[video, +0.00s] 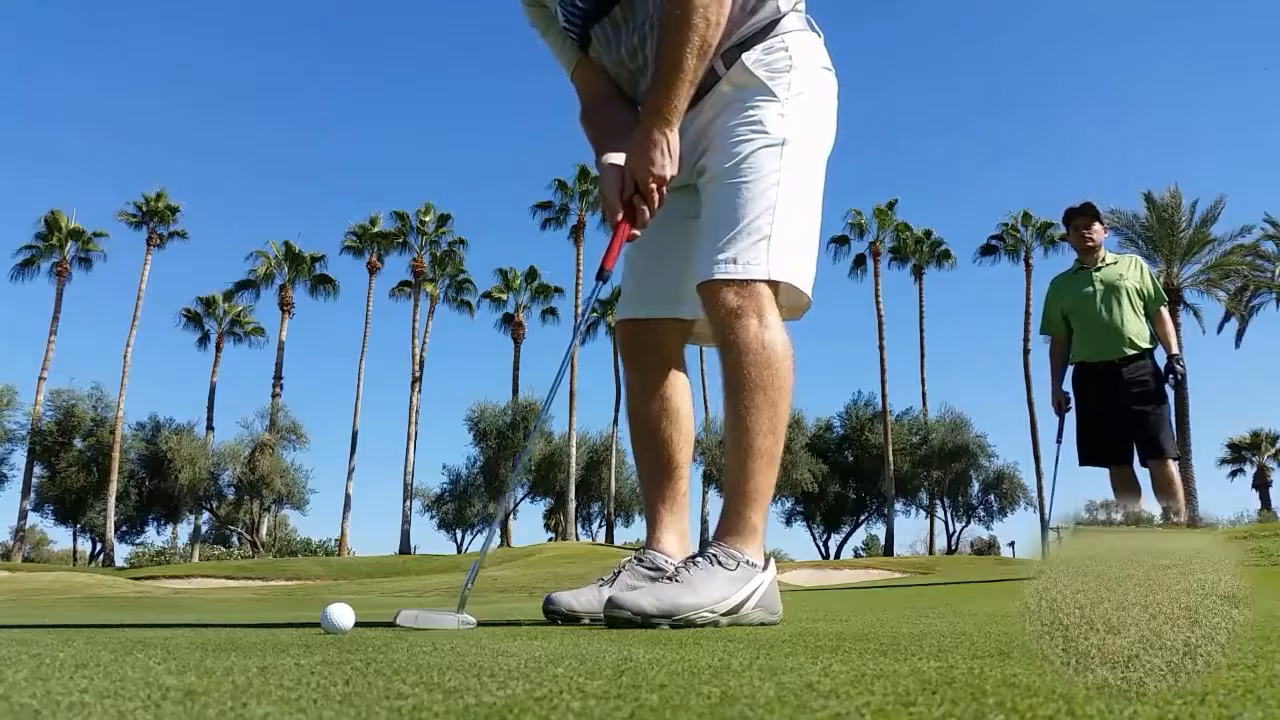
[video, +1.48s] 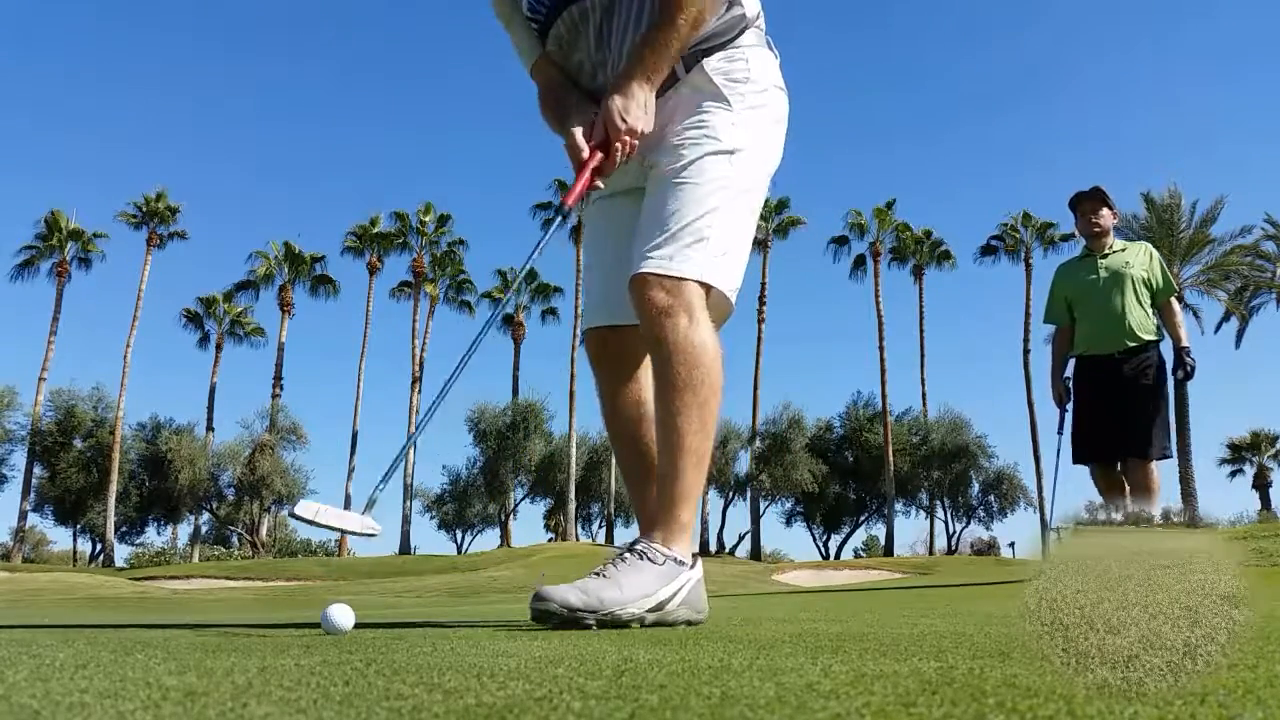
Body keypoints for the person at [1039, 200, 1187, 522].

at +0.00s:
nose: (1085, 233)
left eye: (1090, 226)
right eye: (1076, 230)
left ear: (1103, 230)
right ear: (1068, 238)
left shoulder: (1134, 266)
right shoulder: (1061, 285)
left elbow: (1159, 312)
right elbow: (1059, 340)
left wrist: (1174, 355)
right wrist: (1056, 386)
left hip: (1140, 373)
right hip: (1094, 380)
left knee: (1160, 455)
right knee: (1117, 462)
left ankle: (1177, 529)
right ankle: (1135, 535)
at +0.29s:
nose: (1084, 232)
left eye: (1089, 226)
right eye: (1076, 229)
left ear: (1103, 229)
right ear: (1068, 238)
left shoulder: (1134, 265)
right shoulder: (1062, 285)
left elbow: (1159, 312)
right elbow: (1060, 340)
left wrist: (1176, 355)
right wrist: (1058, 387)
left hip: (1140, 372)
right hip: (1095, 379)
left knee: (1160, 454)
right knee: (1118, 462)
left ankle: (1178, 529)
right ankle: (1135, 534)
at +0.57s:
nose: (1084, 233)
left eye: (1089, 226)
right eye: (1076, 229)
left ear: (1103, 229)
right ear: (1068, 238)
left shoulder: (1134, 265)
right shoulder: (1061, 284)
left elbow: (1159, 312)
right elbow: (1059, 340)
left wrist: (1175, 354)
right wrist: (1058, 387)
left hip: (1140, 372)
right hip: (1094, 379)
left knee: (1161, 453)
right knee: (1117, 461)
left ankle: (1178, 527)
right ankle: (1134, 533)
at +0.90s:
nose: (1084, 230)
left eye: (1089, 223)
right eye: (1076, 227)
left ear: (1104, 227)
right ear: (1068, 236)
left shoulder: (1135, 265)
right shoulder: (1061, 283)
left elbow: (1160, 314)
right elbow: (1058, 339)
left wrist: (1176, 357)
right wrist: (1056, 387)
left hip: (1137, 369)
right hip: (1091, 376)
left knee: (1148, 448)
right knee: (1117, 460)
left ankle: (1153, 522)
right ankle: (1131, 527)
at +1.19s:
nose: (1087, 226)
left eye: (1092, 219)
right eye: (1079, 223)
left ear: (1107, 222)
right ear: (1071, 232)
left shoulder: (1138, 261)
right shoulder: (1064, 278)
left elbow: (1164, 313)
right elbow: (1060, 337)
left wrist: (1182, 358)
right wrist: (1056, 385)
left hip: (1136, 368)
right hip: (1090, 375)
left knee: (1138, 455)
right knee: (1113, 461)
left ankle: (1149, 529)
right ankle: (1130, 530)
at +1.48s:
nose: (1091, 218)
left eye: (1097, 212)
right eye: (1083, 215)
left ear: (1113, 216)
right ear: (1076, 225)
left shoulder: (1144, 254)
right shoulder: (1067, 272)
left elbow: (1167, 304)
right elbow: (1063, 329)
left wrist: (1182, 347)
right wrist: (1057, 377)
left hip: (1140, 364)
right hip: (1092, 369)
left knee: (1140, 457)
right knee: (1099, 461)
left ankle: (1148, 529)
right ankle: (1122, 524)